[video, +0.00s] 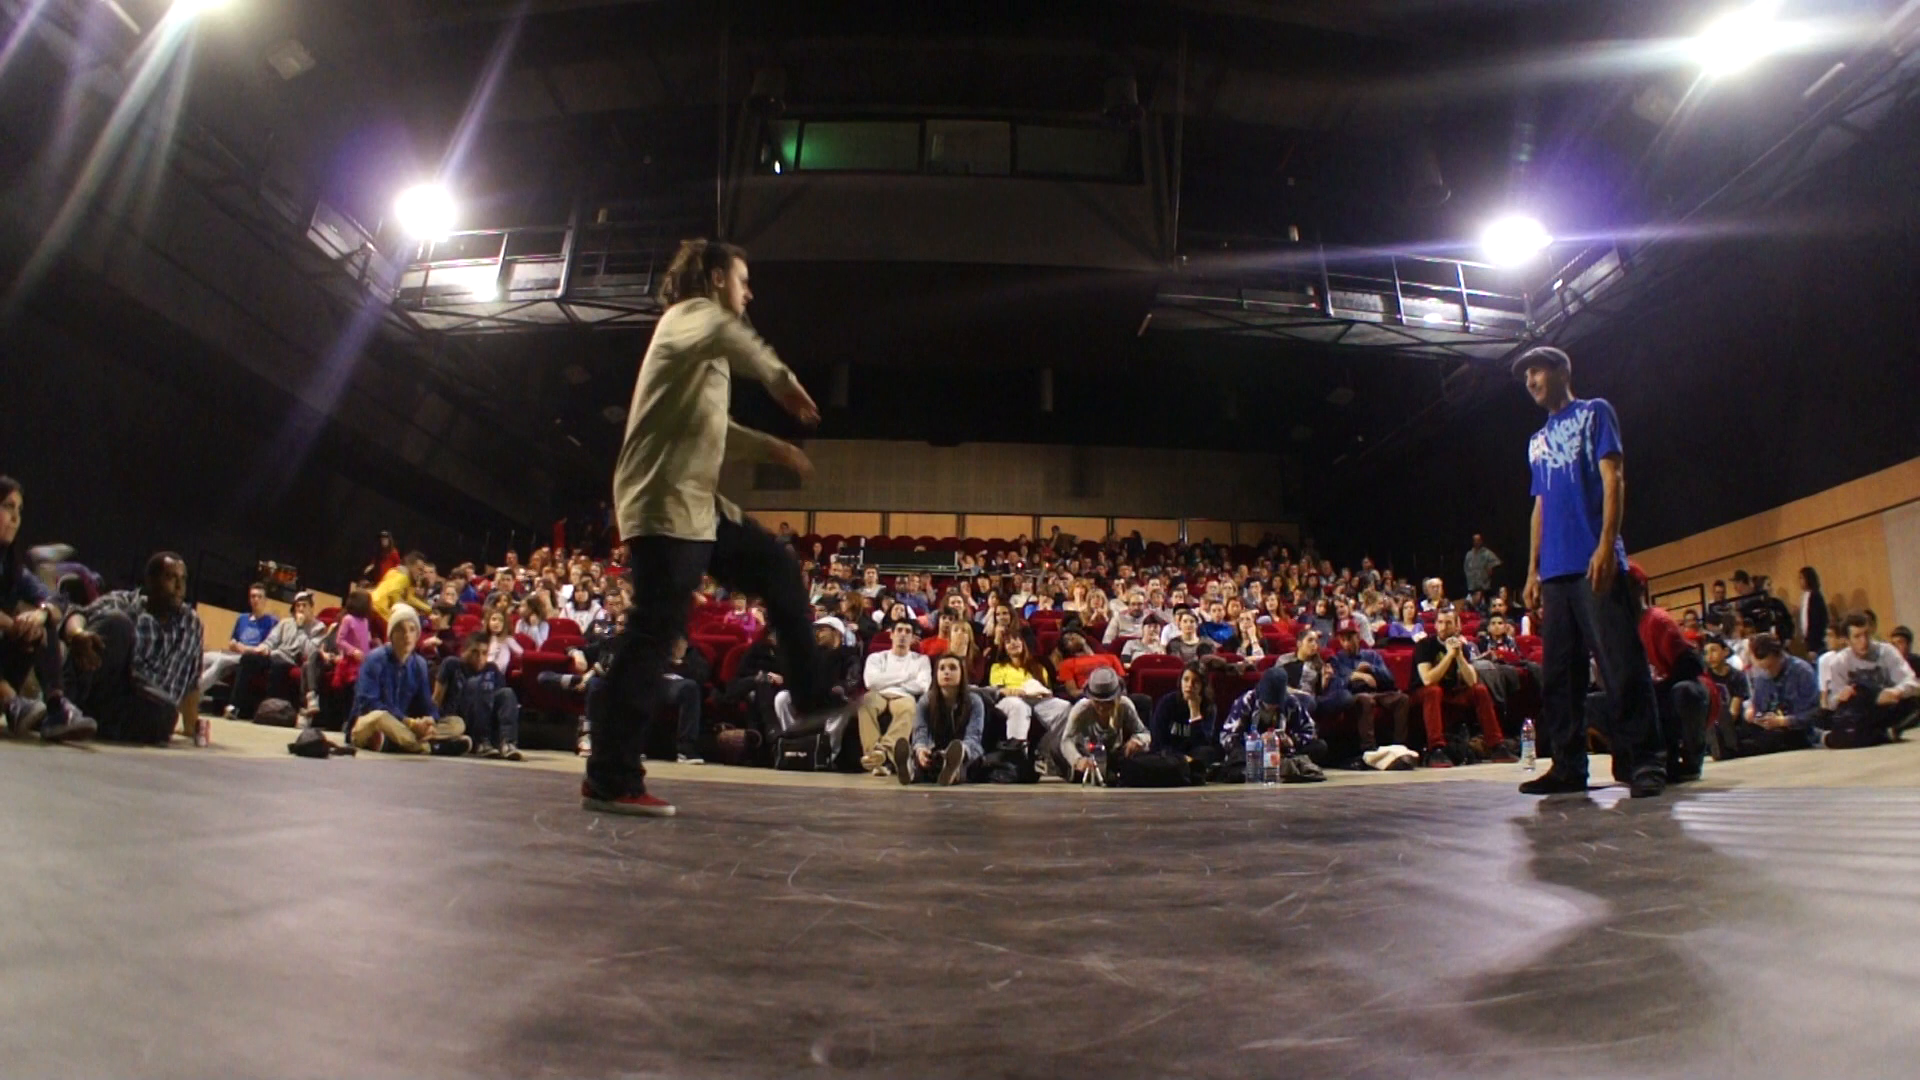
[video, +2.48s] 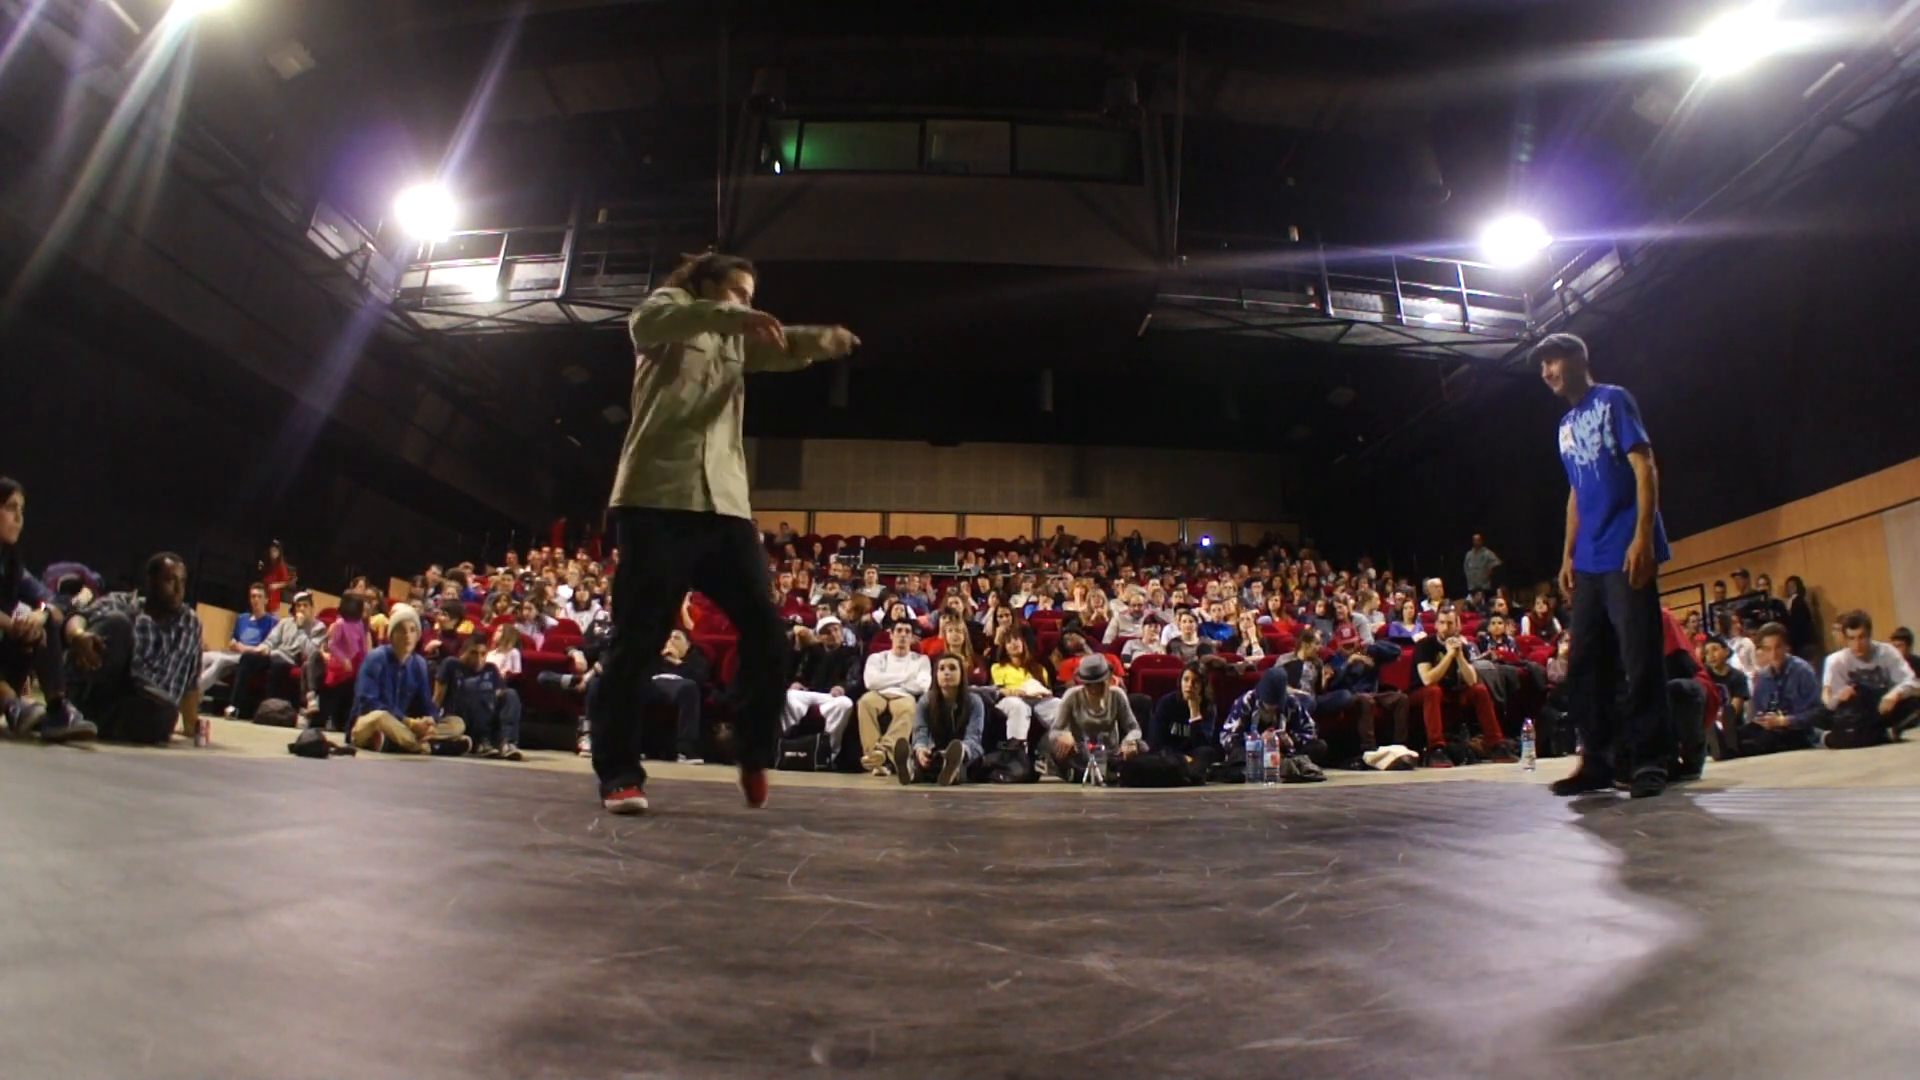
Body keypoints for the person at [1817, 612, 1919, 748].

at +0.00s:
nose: (1863, 641)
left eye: (1866, 635)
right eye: (1857, 637)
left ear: (1871, 633)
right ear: (1847, 639)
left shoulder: (1887, 652)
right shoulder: (1839, 662)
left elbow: (1911, 681)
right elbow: (1831, 703)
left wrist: (1895, 692)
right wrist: (1839, 697)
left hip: (1886, 707)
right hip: (1857, 709)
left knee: (1913, 703)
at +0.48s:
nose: (1858, 641)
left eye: (1863, 635)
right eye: (1853, 636)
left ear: (1870, 634)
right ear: (1847, 638)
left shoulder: (1887, 652)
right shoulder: (1838, 662)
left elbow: (1911, 680)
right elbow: (1830, 702)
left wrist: (1893, 696)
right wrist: (1838, 697)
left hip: (1887, 705)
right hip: (1858, 707)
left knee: (1913, 703)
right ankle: (1884, 734)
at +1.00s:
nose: (1856, 642)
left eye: (1862, 635)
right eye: (1851, 637)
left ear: (1870, 634)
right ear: (1846, 638)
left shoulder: (1887, 652)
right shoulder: (1839, 661)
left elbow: (1910, 680)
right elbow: (1830, 703)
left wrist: (1893, 696)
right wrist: (1839, 697)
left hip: (1885, 704)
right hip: (1856, 706)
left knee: (1913, 703)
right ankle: (1885, 734)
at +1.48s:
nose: (1857, 642)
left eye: (1862, 635)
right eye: (1852, 636)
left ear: (1870, 635)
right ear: (1844, 638)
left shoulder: (1886, 652)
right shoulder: (1838, 661)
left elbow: (1911, 680)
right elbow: (1830, 702)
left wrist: (1894, 695)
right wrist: (1839, 696)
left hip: (1886, 703)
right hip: (1857, 705)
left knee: (1913, 704)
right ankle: (1884, 734)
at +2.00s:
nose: (1857, 643)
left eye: (1861, 637)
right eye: (1852, 638)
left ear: (1869, 635)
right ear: (1844, 638)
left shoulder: (1886, 652)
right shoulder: (1839, 661)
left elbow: (1911, 681)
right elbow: (1831, 703)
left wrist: (1893, 695)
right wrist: (1839, 697)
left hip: (1887, 702)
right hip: (1859, 704)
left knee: (1913, 703)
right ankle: (1885, 734)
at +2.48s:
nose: (1857, 644)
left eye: (1862, 637)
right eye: (1851, 638)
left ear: (1870, 636)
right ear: (1845, 639)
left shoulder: (1887, 652)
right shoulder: (1836, 661)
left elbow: (1911, 681)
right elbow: (1828, 702)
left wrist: (1894, 695)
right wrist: (1838, 697)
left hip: (1885, 704)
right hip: (1856, 706)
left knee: (1914, 704)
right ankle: (1884, 734)